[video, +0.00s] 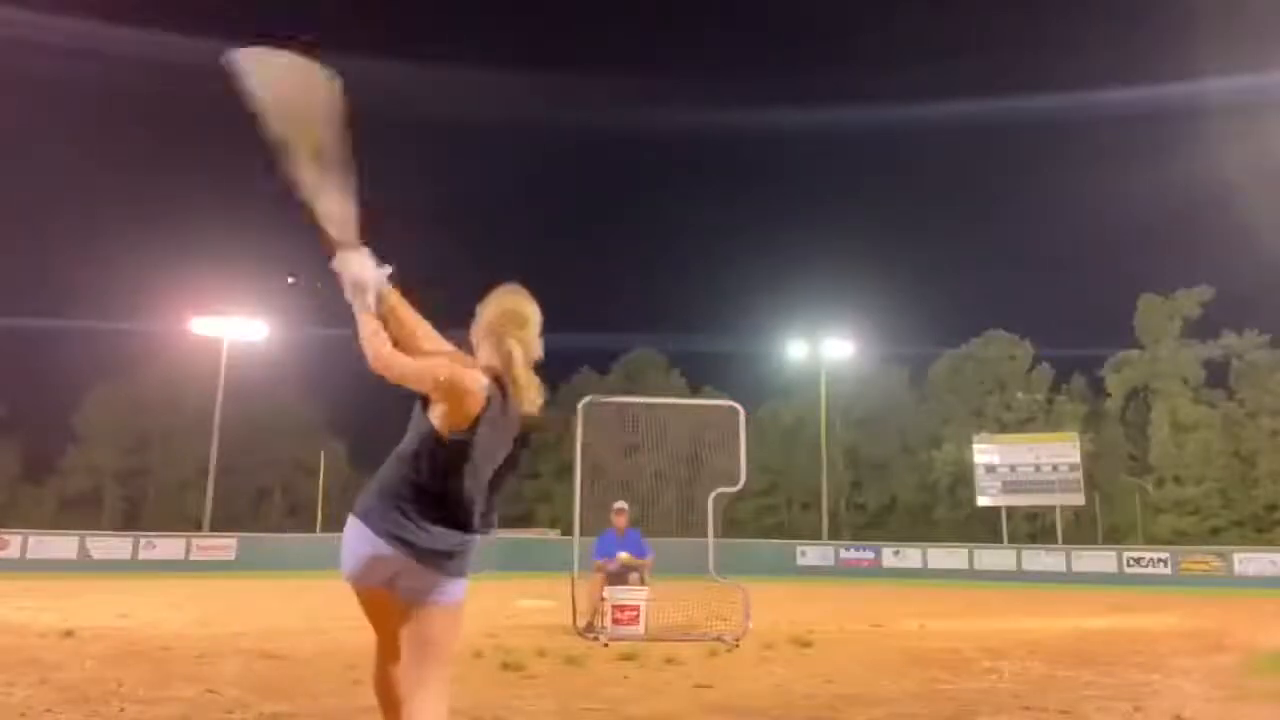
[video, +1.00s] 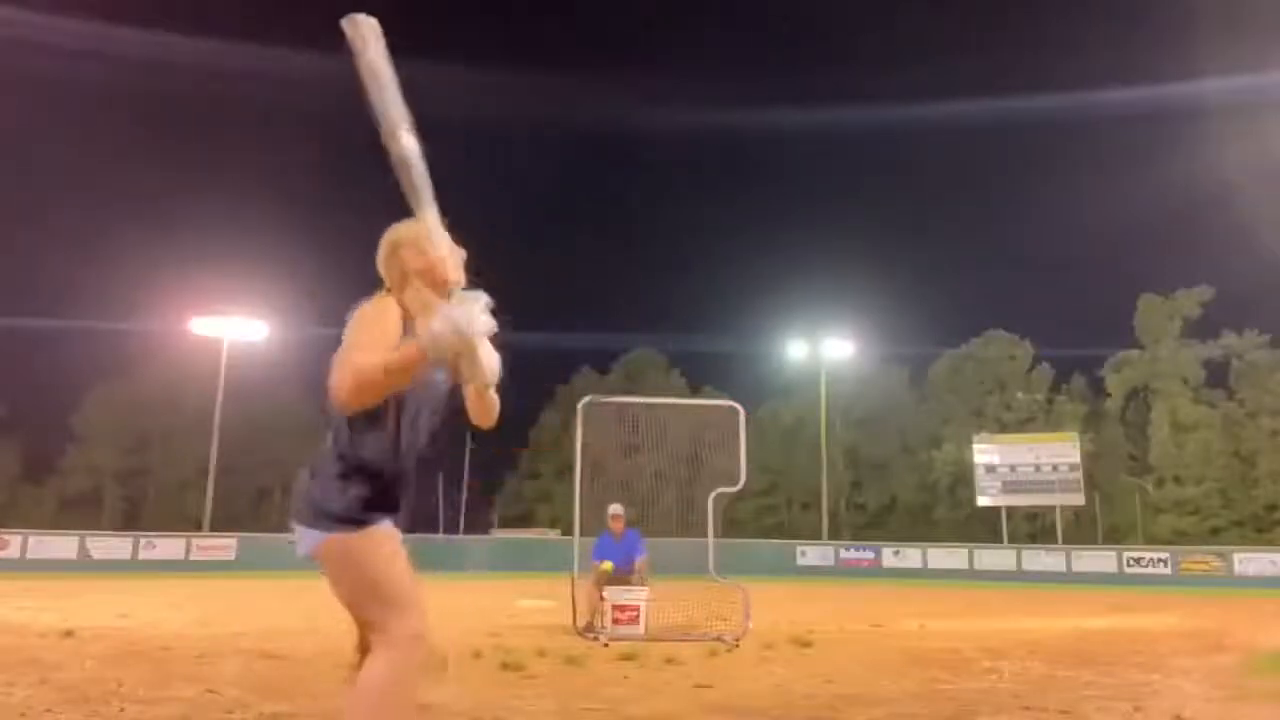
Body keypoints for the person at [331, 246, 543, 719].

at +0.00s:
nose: (470, 326)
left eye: (475, 319)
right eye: (474, 321)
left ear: (480, 326)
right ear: (531, 339)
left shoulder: (460, 377)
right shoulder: (516, 398)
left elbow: (382, 358)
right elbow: (429, 345)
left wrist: (361, 298)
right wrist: (382, 288)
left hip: (378, 533)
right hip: (445, 555)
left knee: (389, 650)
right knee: (427, 689)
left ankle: (396, 718)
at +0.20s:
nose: (466, 319)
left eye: (470, 313)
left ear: (472, 319)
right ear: (525, 329)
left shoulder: (437, 360)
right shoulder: (525, 391)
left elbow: (379, 389)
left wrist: (319, 351)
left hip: (379, 532)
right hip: (449, 553)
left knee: (396, 651)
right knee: (435, 682)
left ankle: (401, 717)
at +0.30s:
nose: (512, 328)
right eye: (511, 319)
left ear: (454, 310)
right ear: (507, 327)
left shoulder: (409, 350)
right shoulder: (499, 387)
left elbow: (409, 443)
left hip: (367, 528)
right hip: (435, 546)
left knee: (397, 645)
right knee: (435, 679)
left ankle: (402, 716)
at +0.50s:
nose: (492, 310)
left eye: (490, 301)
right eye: (489, 301)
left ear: (432, 302)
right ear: (480, 308)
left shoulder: (412, 346)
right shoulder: (473, 363)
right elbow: (478, 454)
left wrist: (533, 463)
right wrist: (535, 493)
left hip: (357, 509)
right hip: (405, 519)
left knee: (403, 636)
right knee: (432, 646)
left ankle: (401, 714)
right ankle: (410, 712)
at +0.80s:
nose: (479, 288)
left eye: (474, 279)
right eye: (467, 279)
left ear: (445, 294)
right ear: (439, 292)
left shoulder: (460, 362)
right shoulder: (409, 345)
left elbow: (485, 428)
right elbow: (415, 432)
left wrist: (527, 422)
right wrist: (493, 419)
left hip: (388, 520)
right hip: (361, 520)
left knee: (418, 650)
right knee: (409, 646)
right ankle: (373, 711)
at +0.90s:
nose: (472, 282)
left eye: (467, 273)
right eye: (459, 273)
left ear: (446, 287)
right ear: (429, 287)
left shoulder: (461, 356)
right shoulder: (397, 336)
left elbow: (492, 429)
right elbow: (391, 419)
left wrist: (509, 383)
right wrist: (473, 391)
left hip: (386, 518)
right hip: (354, 513)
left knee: (412, 649)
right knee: (411, 645)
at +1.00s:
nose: (459, 253)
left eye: (454, 245)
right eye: (444, 245)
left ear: (438, 262)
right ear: (413, 262)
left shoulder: (451, 322)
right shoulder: (380, 313)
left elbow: (485, 417)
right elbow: (346, 392)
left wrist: (475, 356)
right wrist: (434, 341)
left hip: (375, 508)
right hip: (342, 507)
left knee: (381, 643)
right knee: (404, 638)